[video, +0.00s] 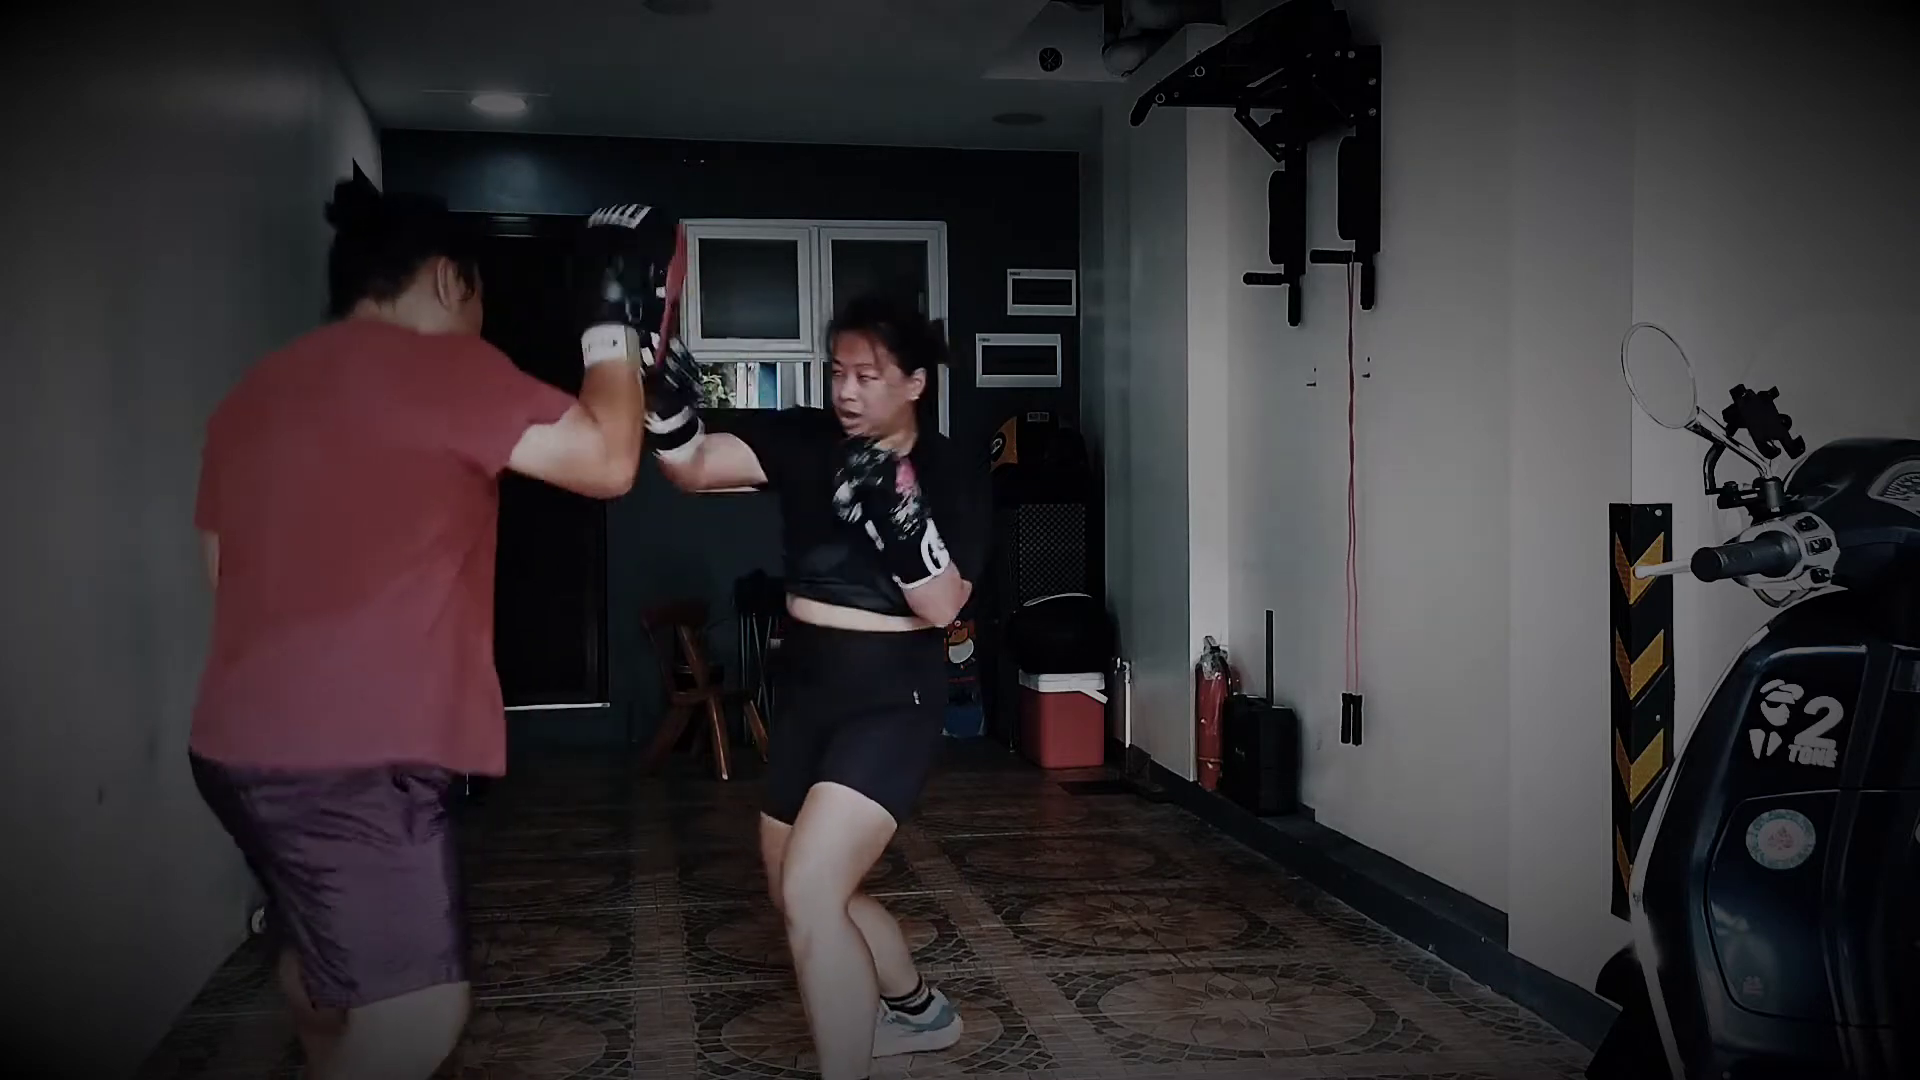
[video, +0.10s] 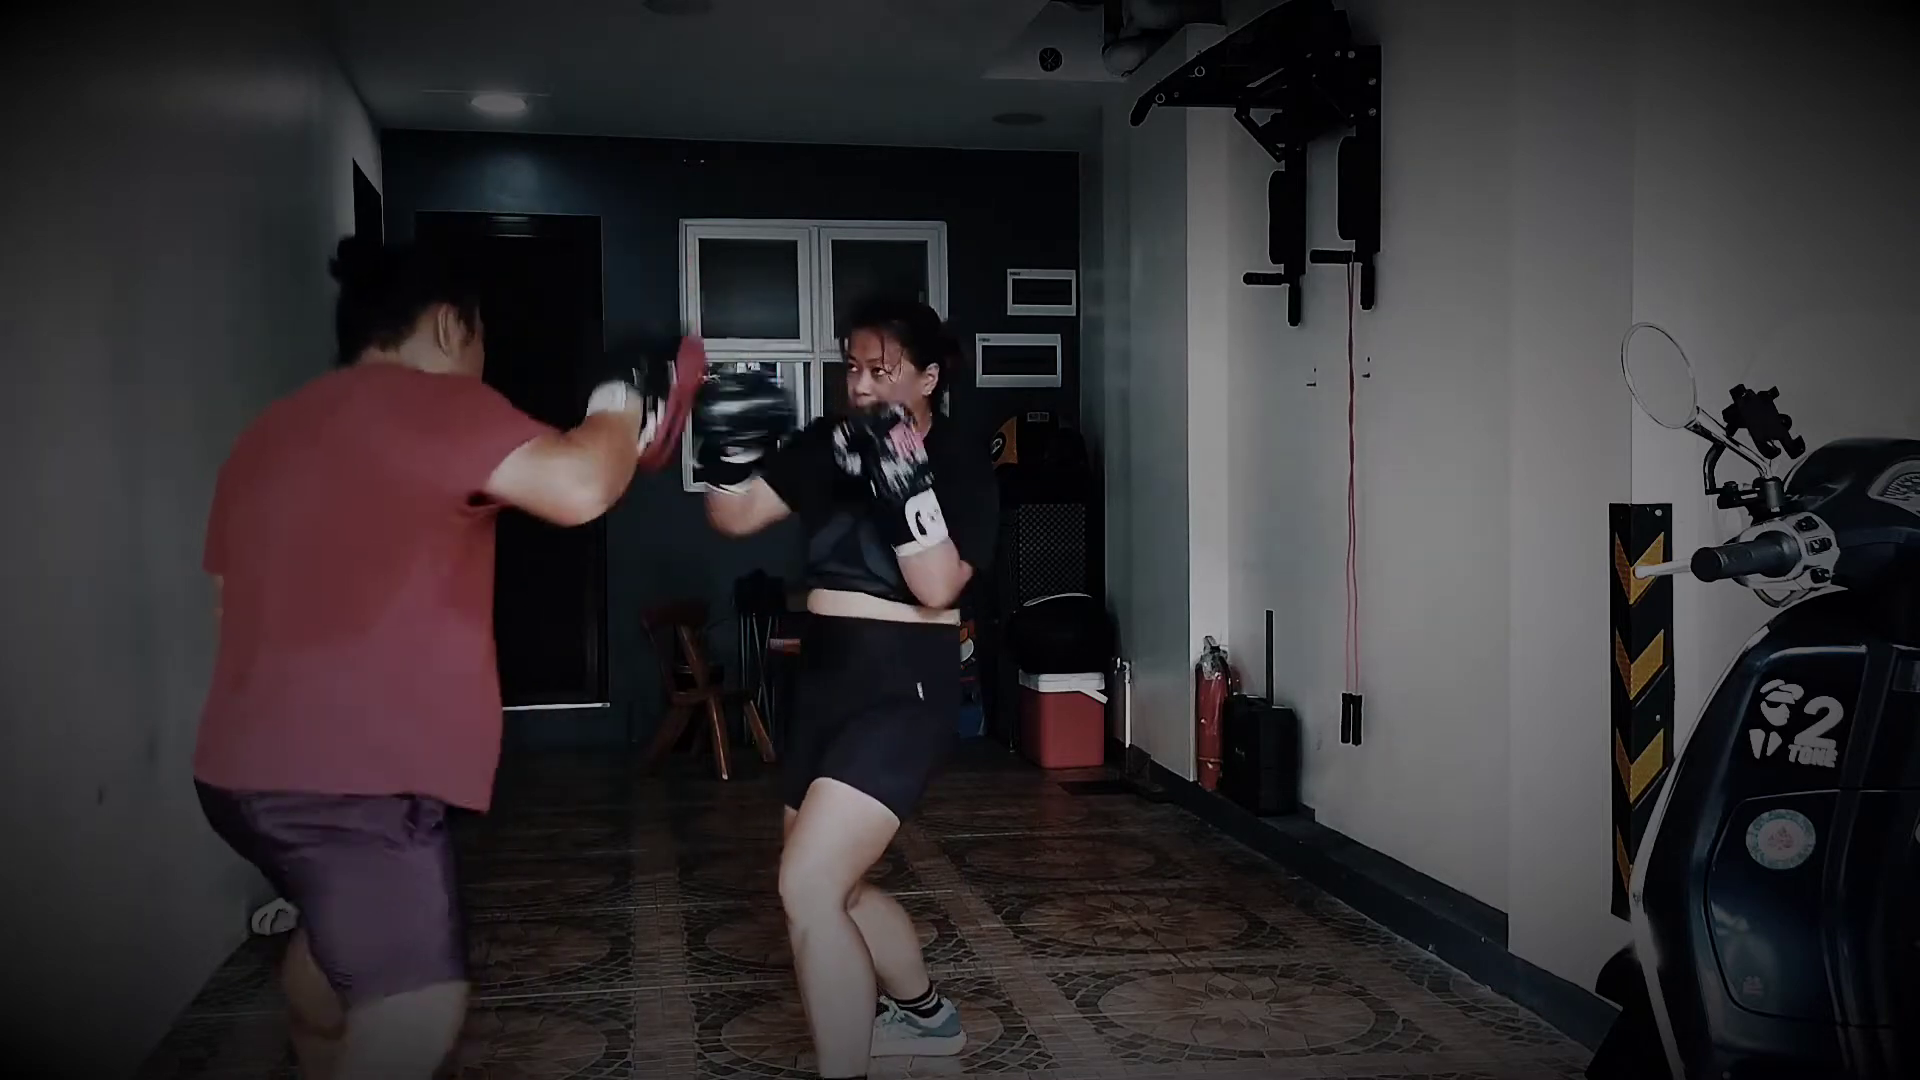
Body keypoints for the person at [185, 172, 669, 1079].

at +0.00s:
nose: (472, 322)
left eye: (472, 304)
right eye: (470, 299)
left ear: (359, 285)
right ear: (445, 280)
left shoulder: (252, 394)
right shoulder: (439, 367)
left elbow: (223, 566)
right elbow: (609, 459)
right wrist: (610, 326)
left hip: (240, 748)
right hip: (363, 754)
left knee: (323, 982)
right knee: (414, 1012)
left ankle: (321, 1063)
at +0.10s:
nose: (477, 359)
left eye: (477, 342)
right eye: (476, 337)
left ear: (364, 325)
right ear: (447, 325)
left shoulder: (264, 435)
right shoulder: (441, 413)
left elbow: (232, 599)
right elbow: (582, 486)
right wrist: (617, 406)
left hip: (241, 775)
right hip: (364, 786)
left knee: (331, 933)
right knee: (413, 1007)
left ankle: (320, 1063)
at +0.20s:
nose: (490, 374)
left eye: (490, 353)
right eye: (487, 348)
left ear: (375, 336)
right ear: (447, 329)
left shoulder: (300, 418)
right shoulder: (431, 395)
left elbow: (322, 571)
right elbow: (467, 508)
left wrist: (443, 586)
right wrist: (579, 487)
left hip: (260, 735)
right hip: (357, 745)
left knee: (317, 952)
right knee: (326, 991)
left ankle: (340, 1062)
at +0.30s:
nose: (511, 338)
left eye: (511, 319)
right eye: (503, 315)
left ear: (443, 306)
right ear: (453, 302)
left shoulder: (393, 379)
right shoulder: (413, 359)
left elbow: (382, 538)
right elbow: (392, 467)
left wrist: (494, 556)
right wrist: (527, 502)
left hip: (367, 682)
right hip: (324, 683)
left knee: (409, 851)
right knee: (346, 895)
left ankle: (342, 1060)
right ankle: (279, 1069)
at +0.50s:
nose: (515, 256)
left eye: (515, 237)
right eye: (502, 234)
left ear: (452, 236)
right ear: (440, 230)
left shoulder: (454, 351)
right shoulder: (366, 294)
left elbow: (445, 479)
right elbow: (308, 399)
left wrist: (518, 510)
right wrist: (448, 467)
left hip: (437, 629)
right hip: (334, 619)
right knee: (335, 823)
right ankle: (243, 1025)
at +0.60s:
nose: (513, 273)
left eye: (512, 255)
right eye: (497, 252)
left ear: (459, 260)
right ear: (435, 254)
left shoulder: (485, 387)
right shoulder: (356, 329)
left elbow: (480, 504)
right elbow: (296, 440)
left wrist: (539, 537)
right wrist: (419, 503)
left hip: (466, 646)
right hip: (344, 645)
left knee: (502, 806)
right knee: (313, 840)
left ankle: (478, 975)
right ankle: (236, 1020)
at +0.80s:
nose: (560, 335)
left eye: (561, 320)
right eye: (539, 319)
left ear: (555, 337)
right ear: (482, 332)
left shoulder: (566, 438)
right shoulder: (406, 420)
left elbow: (569, 550)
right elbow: (338, 533)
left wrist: (606, 618)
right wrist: (401, 599)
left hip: (520, 689)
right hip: (399, 691)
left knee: (584, 817)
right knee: (345, 851)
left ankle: (580, 972)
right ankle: (243, 1039)